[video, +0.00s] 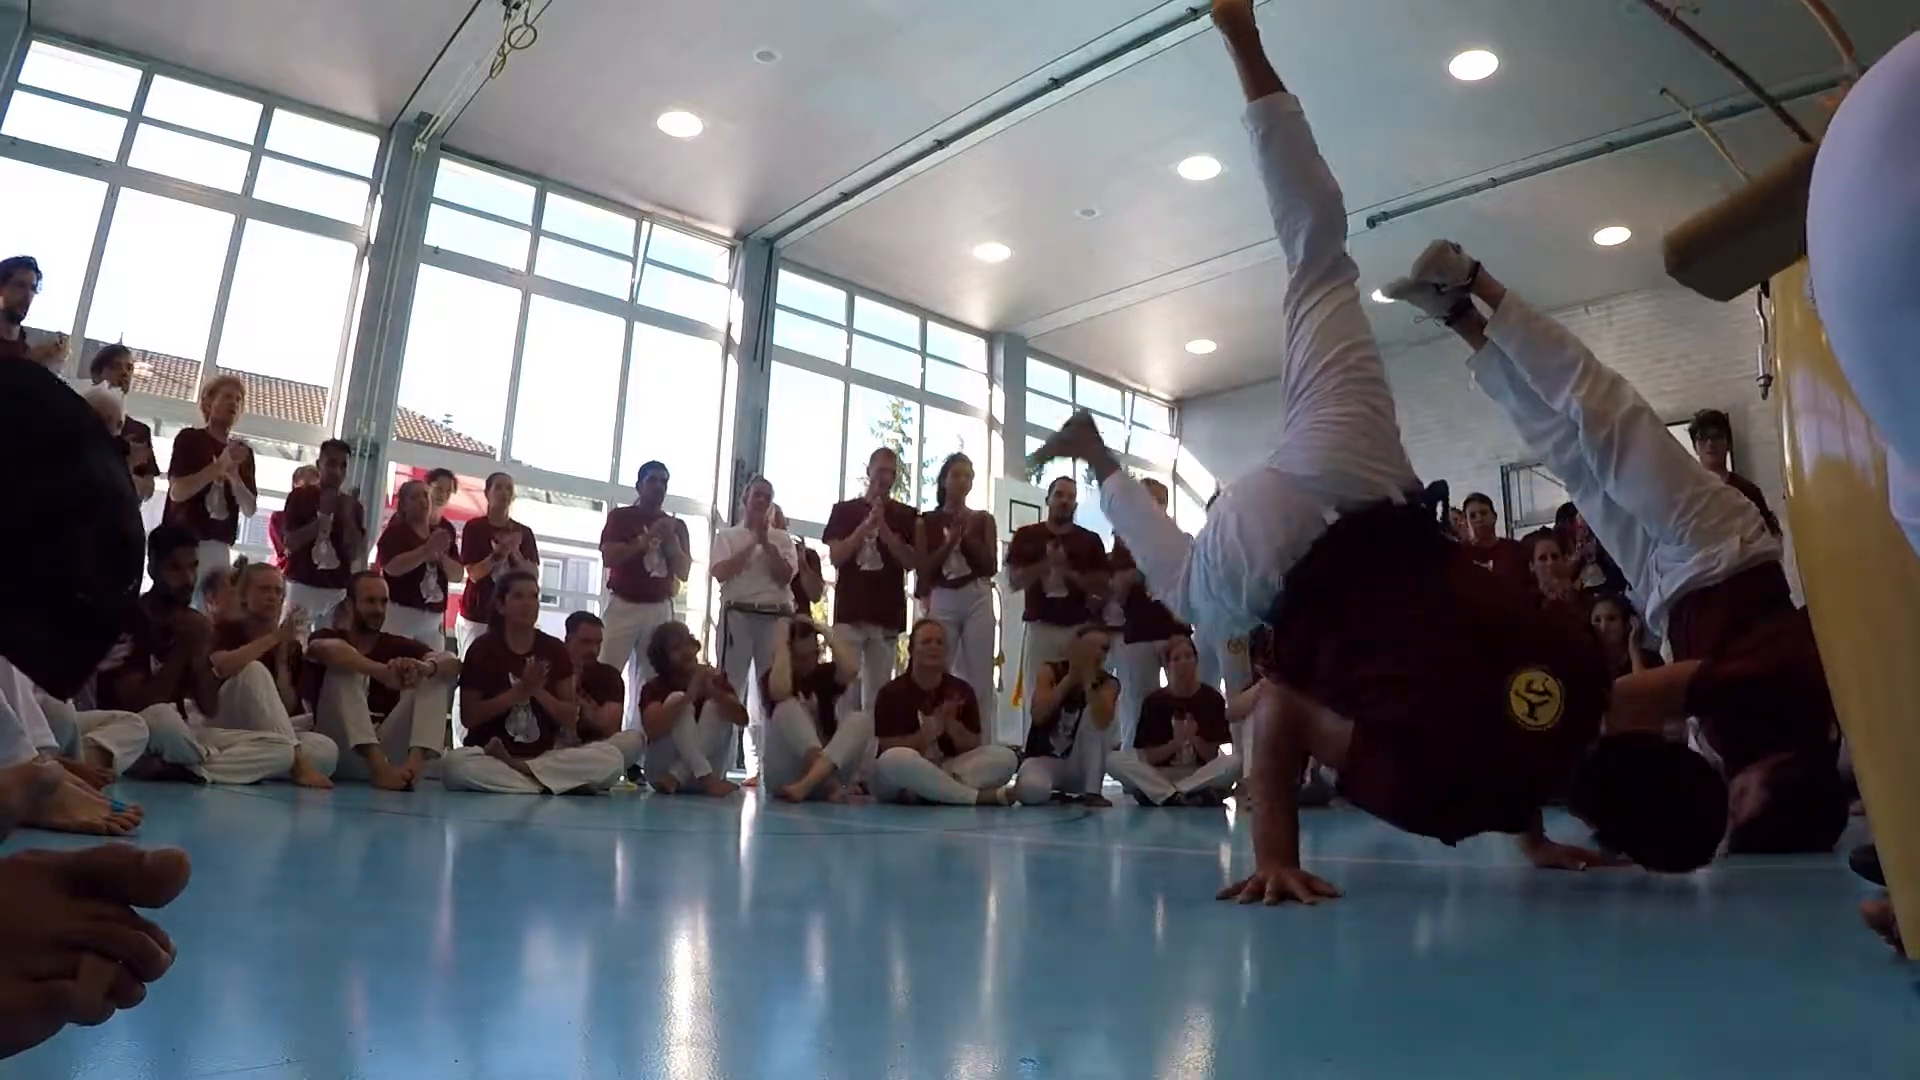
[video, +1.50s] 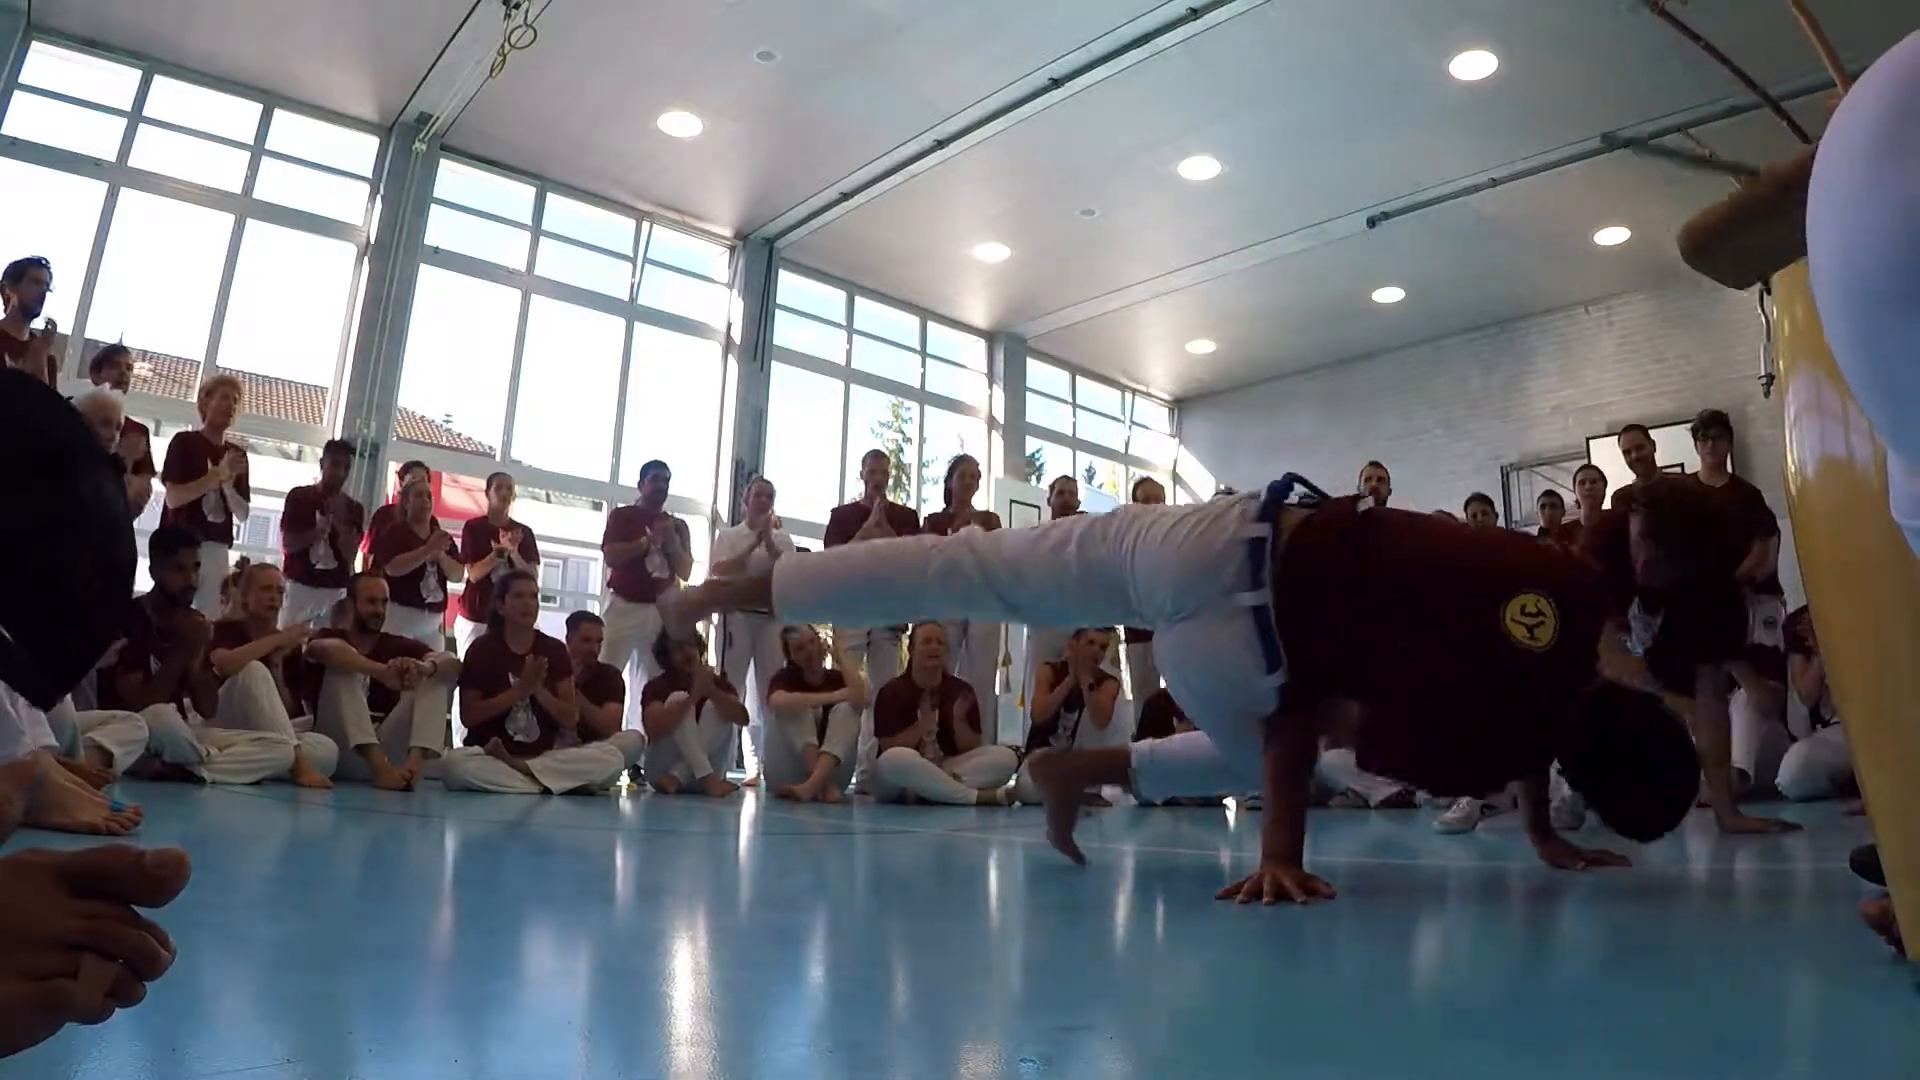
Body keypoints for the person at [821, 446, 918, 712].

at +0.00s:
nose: (886, 477)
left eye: (891, 472)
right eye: (881, 471)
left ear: (896, 476)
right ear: (868, 471)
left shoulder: (907, 514)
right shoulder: (844, 510)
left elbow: (910, 561)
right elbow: (836, 557)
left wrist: (883, 528)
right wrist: (866, 526)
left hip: (886, 613)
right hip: (849, 611)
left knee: (880, 690)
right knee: (845, 688)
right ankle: (844, 748)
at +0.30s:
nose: (881, 478)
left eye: (886, 473)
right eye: (876, 472)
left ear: (894, 477)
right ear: (866, 473)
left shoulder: (907, 515)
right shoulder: (843, 512)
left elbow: (909, 562)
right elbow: (836, 561)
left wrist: (881, 528)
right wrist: (865, 528)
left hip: (887, 614)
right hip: (848, 613)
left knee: (879, 692)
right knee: (843, 688)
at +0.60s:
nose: (878, 478)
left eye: (883, 472)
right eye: (873, 471)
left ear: (890, 475)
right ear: (863, 473)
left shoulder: (905, 516)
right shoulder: (840, 513)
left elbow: (910, 565)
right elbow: (830, 564)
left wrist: (885, 530)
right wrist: (858, 532)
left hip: (886, 616)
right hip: (846, 614)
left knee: (880, 694)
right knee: (849, 690)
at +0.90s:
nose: (876, 476)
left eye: (882, 471)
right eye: (871, 471)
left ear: (888, 474)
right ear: (861, 473)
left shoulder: (904, 516)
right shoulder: (840, 515)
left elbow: (910, 564)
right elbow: (830, 564)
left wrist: (894, 527)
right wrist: (850, 525)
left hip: (887, 617)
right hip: (847, 617)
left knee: (883, 695)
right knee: (846, 694)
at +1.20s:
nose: (875, 476)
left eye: (880, 471)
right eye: (870, 471)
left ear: (888, 474)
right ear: (861, 473)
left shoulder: (905, 516)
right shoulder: (842, 514)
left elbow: (909, 560)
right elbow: (836, 560)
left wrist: (881, 525)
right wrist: (863, 525)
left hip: (889, 617)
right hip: (849, 616)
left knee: (885, 695)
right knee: (850, 693)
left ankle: (877, 769)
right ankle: (842, 767)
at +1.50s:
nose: (877, 478)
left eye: (882, 472)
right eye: (872, 472)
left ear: (890, 474)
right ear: (862, 474)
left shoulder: (906, 517)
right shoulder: (843, 514)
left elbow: (913, 563)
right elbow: (831, 563)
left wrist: (885, 533)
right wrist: (863, 533)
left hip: (890, 609)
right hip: (848, 609)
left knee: (887, 694)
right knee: (849, 692)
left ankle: (878, 772)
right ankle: (841, 769)